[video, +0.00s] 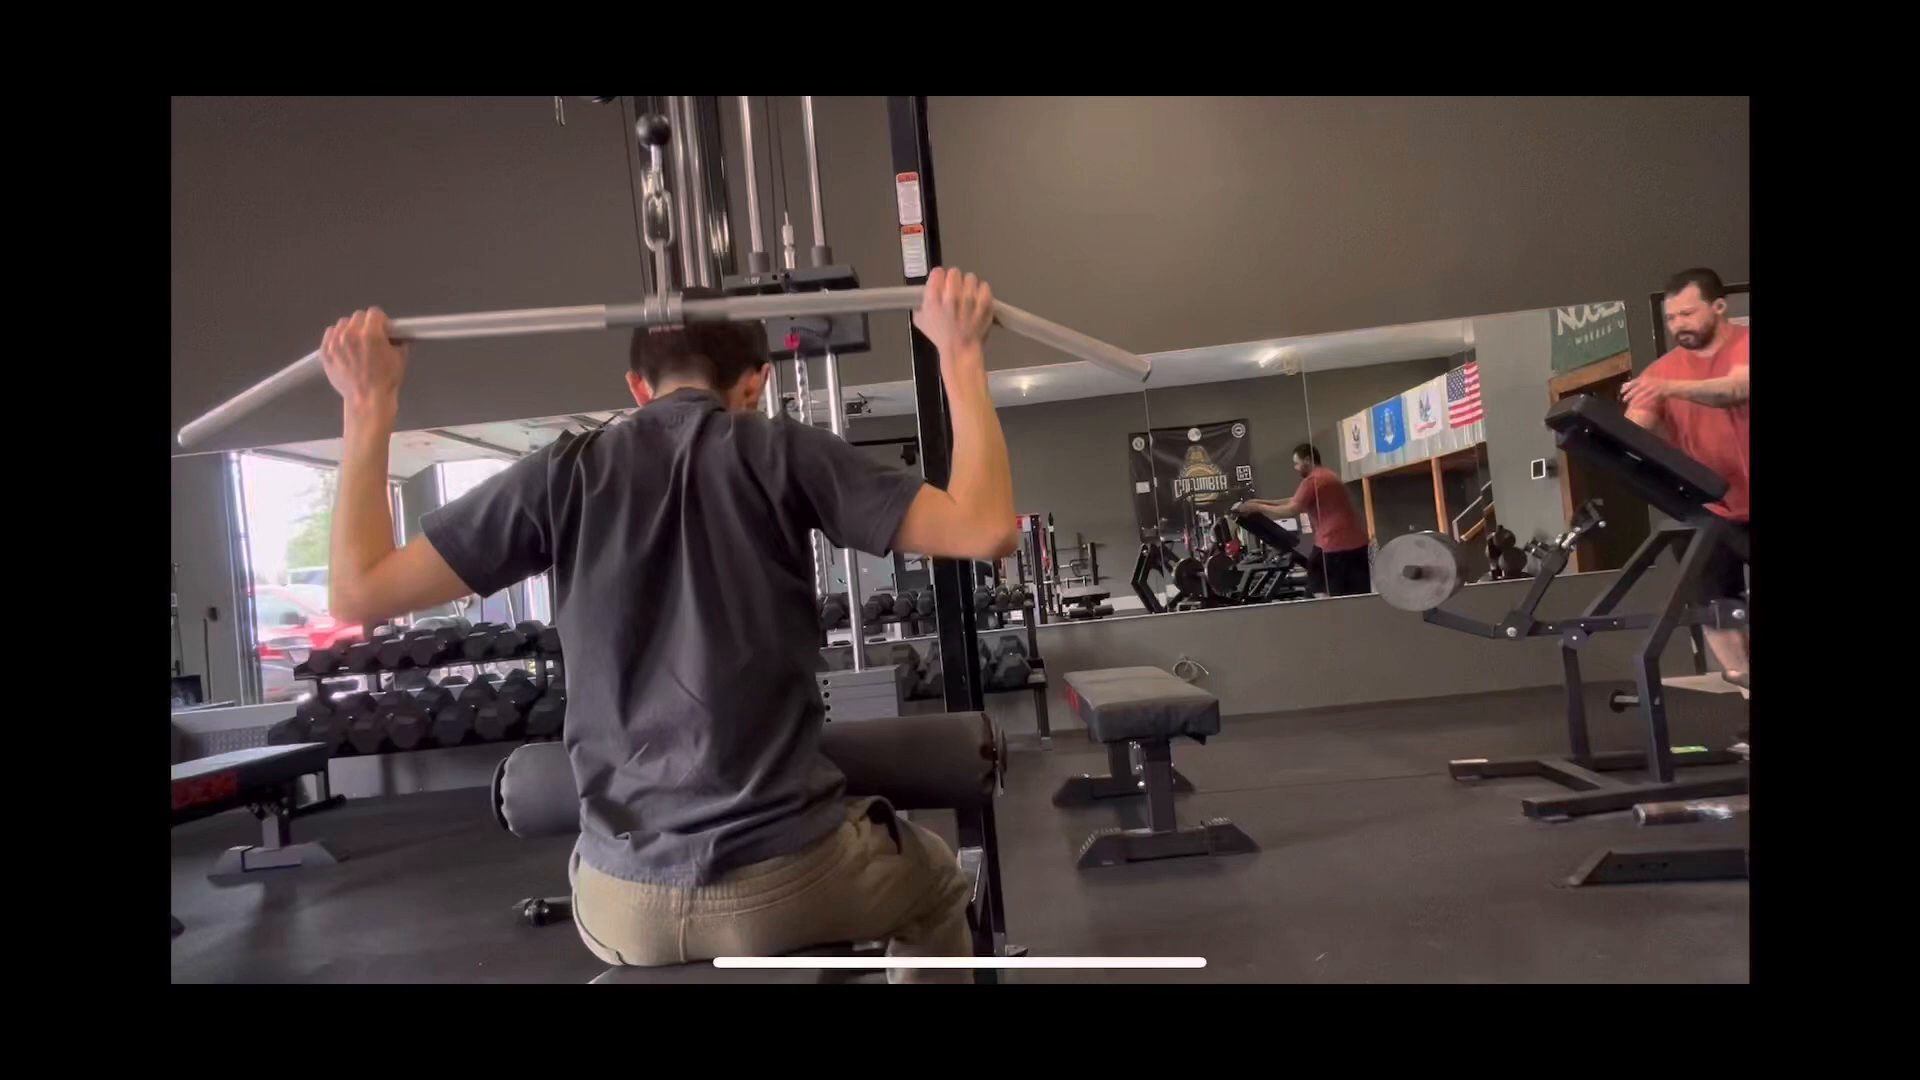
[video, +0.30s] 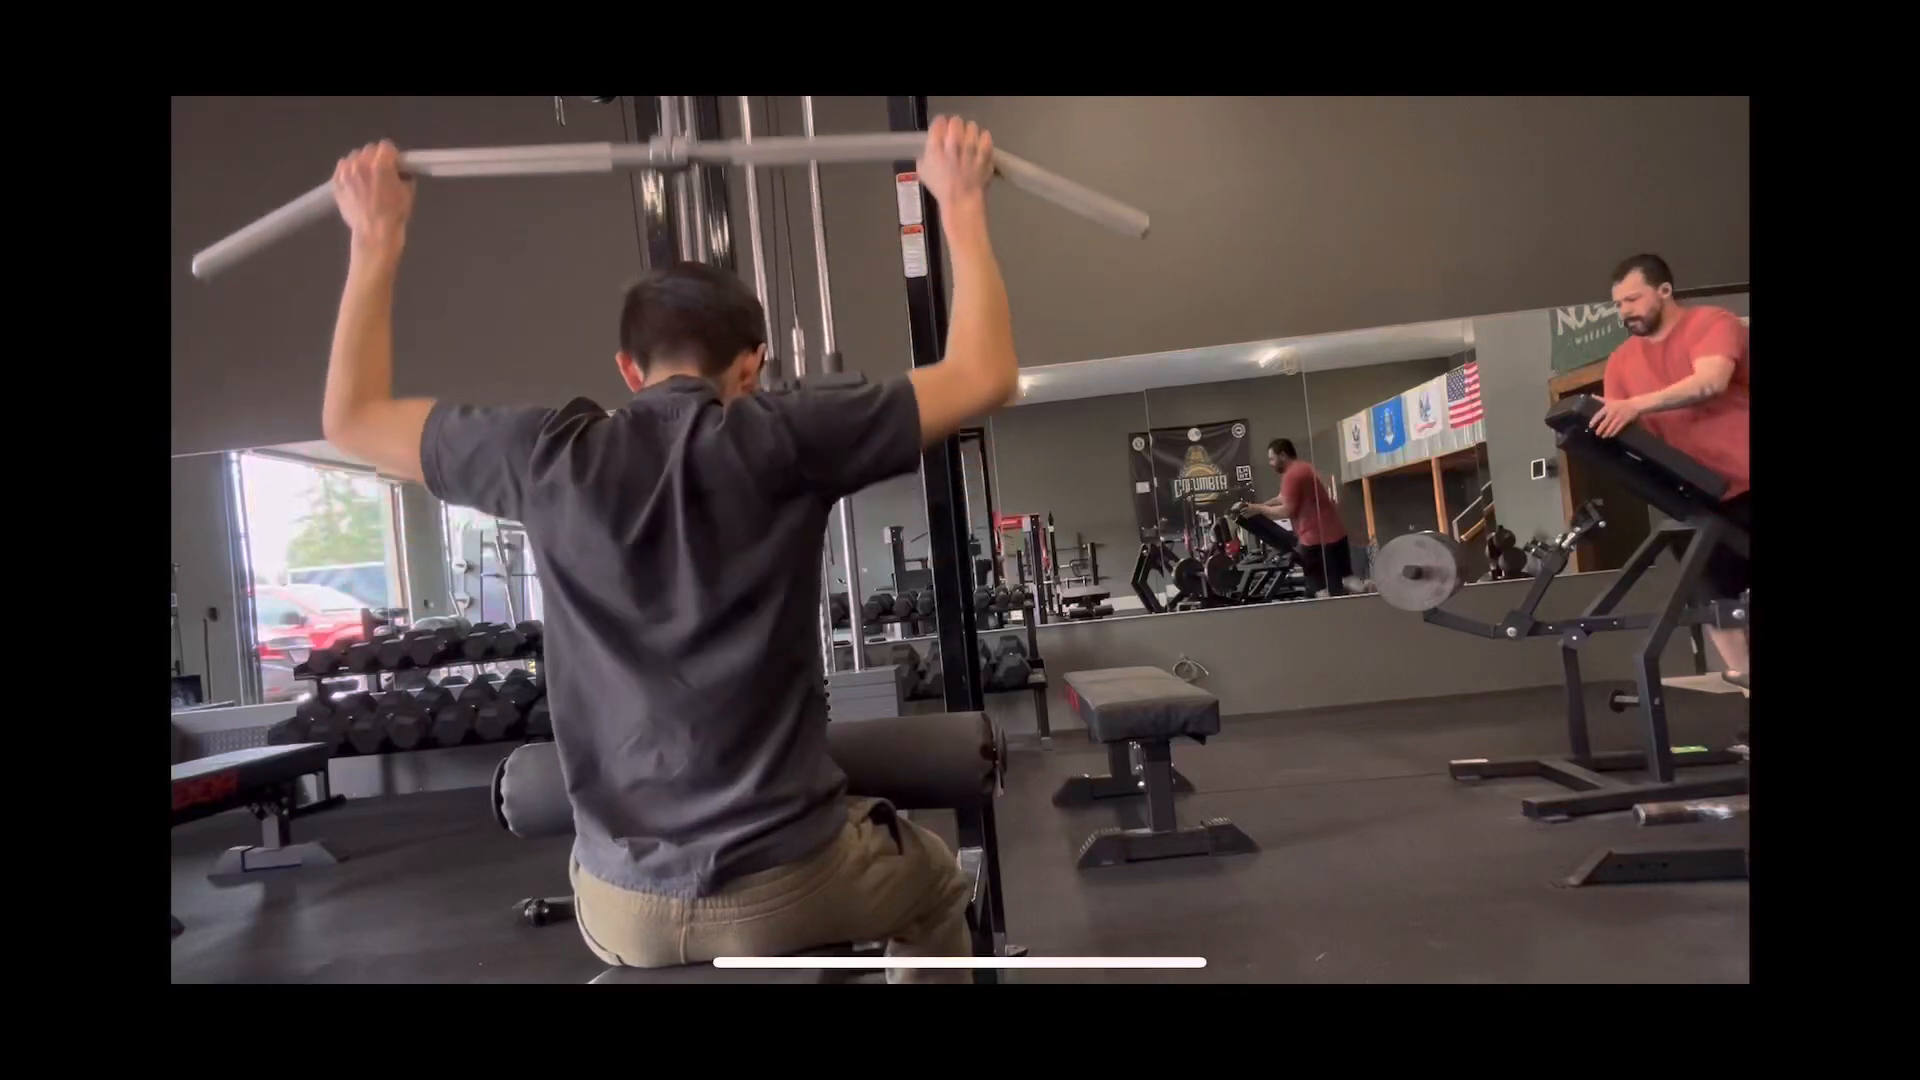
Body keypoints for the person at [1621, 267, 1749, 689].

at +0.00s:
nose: (1678, 325)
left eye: (1687, 313)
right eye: (1671, 317)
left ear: (1718, 308)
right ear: (1665, 320)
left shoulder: (1746, 341)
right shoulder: (1659, 373)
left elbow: (1738, 389)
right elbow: (1632, 438)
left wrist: (1666, 388)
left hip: (1750, 501)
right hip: (1708, 509)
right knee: (1714, 604)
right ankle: (1744, 689)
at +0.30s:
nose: (1625, 312)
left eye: (1633, 299)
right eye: (1619, 304)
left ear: (1664, 291)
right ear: (1616, 306)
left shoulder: (1713, 323)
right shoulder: (1621, 361)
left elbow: (1712, 382)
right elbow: (1624, 434)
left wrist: (1637, 404)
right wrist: (1588, 429)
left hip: (1743, 489)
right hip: (1686, 500)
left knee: (1739, 595)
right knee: (1715, 598)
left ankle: (1742, 681)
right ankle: (1741, 683)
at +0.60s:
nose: (1602, 308)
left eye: (1610, 296)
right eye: (1597, 301)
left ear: (1642, 288)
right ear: (1597, 304)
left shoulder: (1690, 317)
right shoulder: (1604, 358)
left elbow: (1709, 376)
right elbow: (1606, 425)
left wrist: (1634, 407)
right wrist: (1580, 428)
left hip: (1737, 457)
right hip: (1680, 484)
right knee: (1715, 584)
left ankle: (1743, 672)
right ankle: (1743, 676)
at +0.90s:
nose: (1604, 319)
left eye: (1611, 307)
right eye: (1599, 311)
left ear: (1645, 299)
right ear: (1599, 313)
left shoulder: (1690, 325)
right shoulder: (1613, 362)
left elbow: (1714, 379)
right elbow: (1613, 427)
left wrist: (1633, 404)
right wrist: (1583, 425)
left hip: (1735, 465)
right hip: (1679, 485)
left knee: (1744, 572)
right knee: (1705, 593)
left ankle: (1740, 673)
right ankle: (1746, 674)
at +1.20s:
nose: (1609, 292)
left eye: (1615, 278)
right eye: (1603, 283)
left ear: (1648, 266)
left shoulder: (1696, 286)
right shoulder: (1627, 319)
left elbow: (1704, 360)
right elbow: (1621, 377)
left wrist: (1630, 406)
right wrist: (1597, 416)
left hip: (1745, 445)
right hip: (1701, 458)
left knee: (1745, 567)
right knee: (1735, 565)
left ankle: (1748, 663)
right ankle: (1747, 662)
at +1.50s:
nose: (1587, 257)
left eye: (1592, 244)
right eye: (1582, 249)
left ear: (1624, 228)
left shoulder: (1677, 256)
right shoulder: (1612, 288)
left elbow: (1683, 343)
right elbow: (1616, 356)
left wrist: (1630, 404)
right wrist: (1598, 410)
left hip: (1736, 408)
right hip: (1688, 423)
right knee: (1721, 526)